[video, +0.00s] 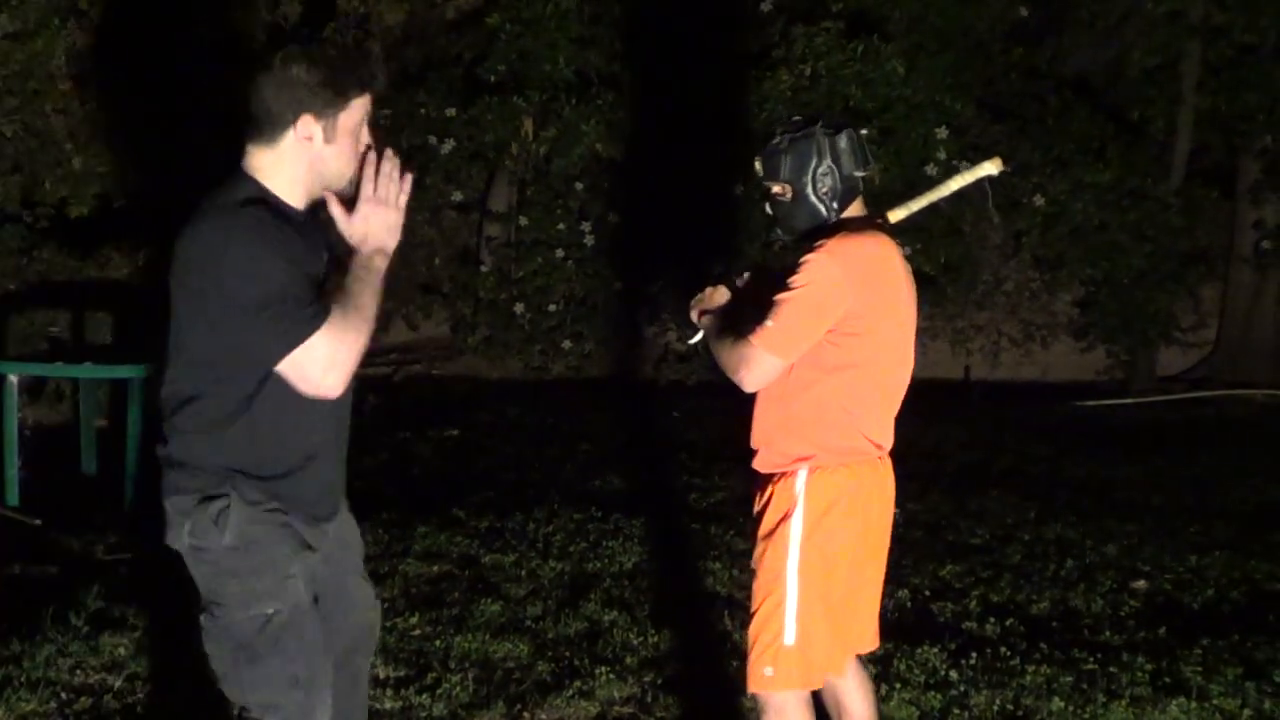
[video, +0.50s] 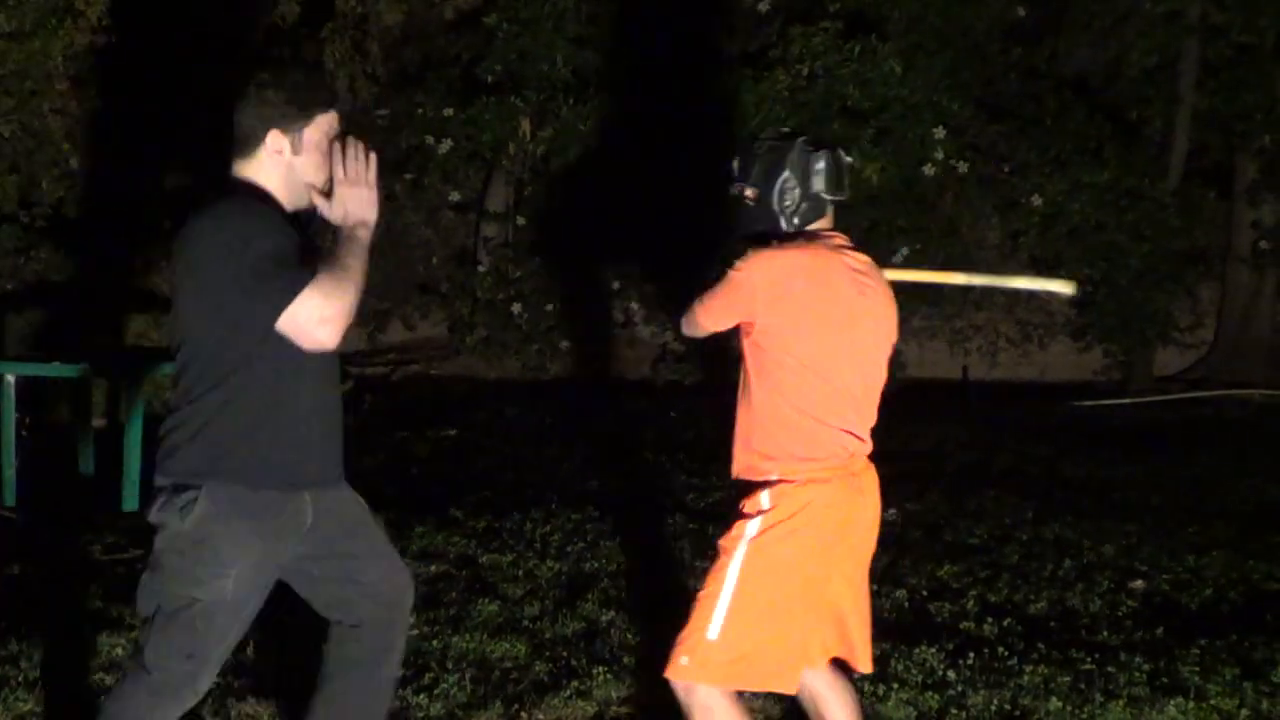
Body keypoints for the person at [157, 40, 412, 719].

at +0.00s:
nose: (367, 145)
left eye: (367, 126)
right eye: (358, 126)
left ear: (310, 132)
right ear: (310, 132)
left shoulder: (305, 225)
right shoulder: (233, 238)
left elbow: (328, 343)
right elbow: (324, 370)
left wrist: (367, 242)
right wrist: (371, 258)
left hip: (312, 502)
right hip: (234, 513)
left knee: (351, 638)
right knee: (288, 692)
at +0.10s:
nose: (366, 166)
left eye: (367, 149)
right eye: (357, 150)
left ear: (312, 157)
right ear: (308, 155)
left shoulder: (311, 242)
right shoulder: (228, 255)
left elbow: (370, 336)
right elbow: (304, 381)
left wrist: (386, 253)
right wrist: (360, 268)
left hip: (320, 506)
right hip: (243, 509)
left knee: (341, 663)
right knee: (294, 690)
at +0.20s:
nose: (369, 161)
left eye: (371, 144)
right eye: (360, 144)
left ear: (316, 147)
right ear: (313, 145)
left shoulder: (320, 230)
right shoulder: (231, 235)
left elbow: (381, 319)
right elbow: (305, 357)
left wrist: (383, 233)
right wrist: (360, 248)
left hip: (316, 492)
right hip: (236, 488)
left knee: (331, 661)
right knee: (280, 669)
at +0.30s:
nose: (365, 144)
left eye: (367, 128)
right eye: (355, 126)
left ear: (308, 130)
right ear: (308, 127)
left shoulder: (314, 217)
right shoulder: (236, 213)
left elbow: (376, 301)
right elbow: (318, 319)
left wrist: (375, 205)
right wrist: (362, 216)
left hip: (311, 481)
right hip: (240, 479)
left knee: (314, 665)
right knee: (255, 666)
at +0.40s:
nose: (353, 141)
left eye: (353, 124)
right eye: (342, 124)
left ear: (298, 128)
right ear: (297, 127)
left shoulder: (296, 216)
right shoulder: (236, 213)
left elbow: (366, 295)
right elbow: (327, 304)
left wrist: (368, 204)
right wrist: (360, 206)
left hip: (317, 490)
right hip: (240, 489)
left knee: (315, 678)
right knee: (206, 679)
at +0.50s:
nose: (336, 159)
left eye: (336, 143)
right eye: (326, 142)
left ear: (282, 146)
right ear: (282, 145)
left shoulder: (284, 232)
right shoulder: (228, 228)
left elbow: (314, 324)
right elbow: (322, 323)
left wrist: (345, 232)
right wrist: (356, 229)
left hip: (314, 494)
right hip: (226, 499)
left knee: (381, 600)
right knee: (168, 681)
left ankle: (344, 716)